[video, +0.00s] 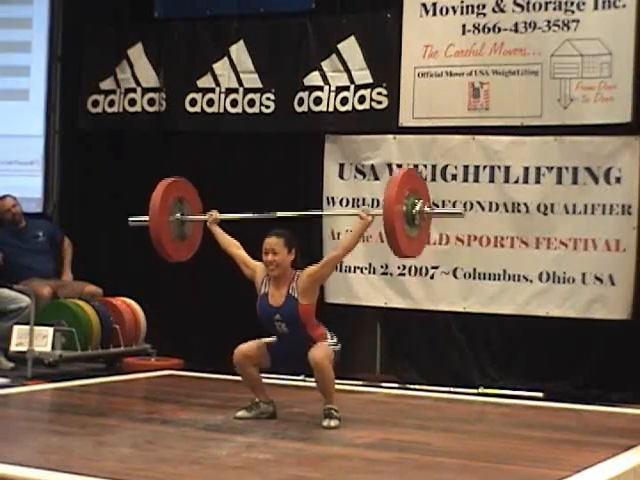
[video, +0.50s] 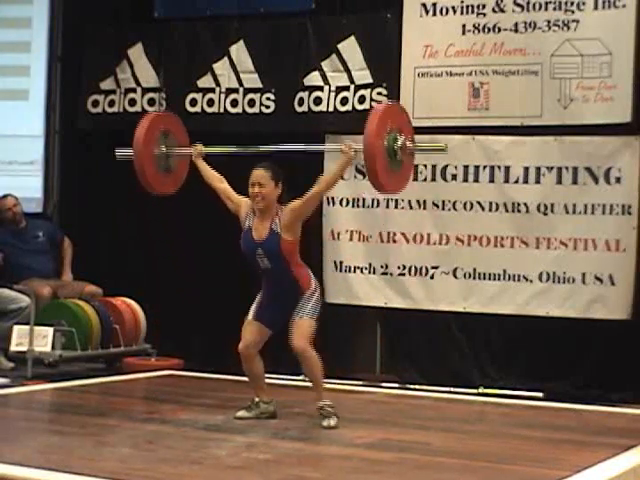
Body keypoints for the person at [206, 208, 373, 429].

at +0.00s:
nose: (269, 259)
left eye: (275, 253)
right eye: (266, 253)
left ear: (291, 255)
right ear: (262, 255)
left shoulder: (307, 280)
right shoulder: (260, 275)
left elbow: (339, 253)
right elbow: (236, 251)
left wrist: (362, 224)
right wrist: (213, 226)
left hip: (317, 345)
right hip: (283, 346)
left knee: (318, 356)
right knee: (242, 355)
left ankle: (330, 408)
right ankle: (264, 404)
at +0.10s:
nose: (267, 248)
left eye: (273, 242)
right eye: (263, 243)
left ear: (289, 245)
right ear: (259, 245)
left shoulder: (304, 270)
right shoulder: (258, 265)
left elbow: (336, 243)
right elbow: (233, 241)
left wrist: (361, 212)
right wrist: (211, 216)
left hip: (319, 331)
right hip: (284, 332)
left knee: (316, 354)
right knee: (245, 352)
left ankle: (330, 408)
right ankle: (263, 403)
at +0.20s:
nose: (264, 236)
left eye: (271, 230)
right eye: (261, 231)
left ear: (287, 232)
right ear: (258, 233)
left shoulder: (302, 258)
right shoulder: (255, 254)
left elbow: (333, 233)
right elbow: (231, 229)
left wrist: (357, 205)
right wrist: (209, 204)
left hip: (318, 318)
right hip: (284, 319)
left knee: (315, 351)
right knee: (247, 349)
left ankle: (330, 407)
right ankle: (263, 403)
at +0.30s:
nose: (262, 224)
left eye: (268, 218)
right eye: (259, 218)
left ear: (284, 220)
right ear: (256, 221)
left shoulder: (299, 246)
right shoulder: (253, 242)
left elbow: (329, 221)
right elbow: (228, 216)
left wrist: (355, 189)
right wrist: (207, 192)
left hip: (316, 311)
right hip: (281, 311)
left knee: (316, 349)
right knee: (247, 348)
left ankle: (330, 407)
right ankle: (263, 403)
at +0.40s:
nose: (259, 207)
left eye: (265, 201)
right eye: (256, 201)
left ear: (281, 204)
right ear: (252, 204)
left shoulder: (296, 230)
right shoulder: (250, 226)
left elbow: (324, 206)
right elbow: (224, 201)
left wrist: (349, 179)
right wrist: (203, 177)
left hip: (312, 299)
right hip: (278, 299)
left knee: (315, 346)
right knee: (247, 347)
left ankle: (330, 407)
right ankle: (263, 402)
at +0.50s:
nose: (255, 191)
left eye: (261, 185)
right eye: (252, 185)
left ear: (277, 189)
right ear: (248, 189)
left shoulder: (291, 216)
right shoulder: (245, 211)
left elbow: (318, 191)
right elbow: (220, 185)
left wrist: (344, 163)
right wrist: (198, 160)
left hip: (304, 292)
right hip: (271, 294)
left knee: (300, 343)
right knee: (247, 347)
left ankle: (324, 403)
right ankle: (262, 402)